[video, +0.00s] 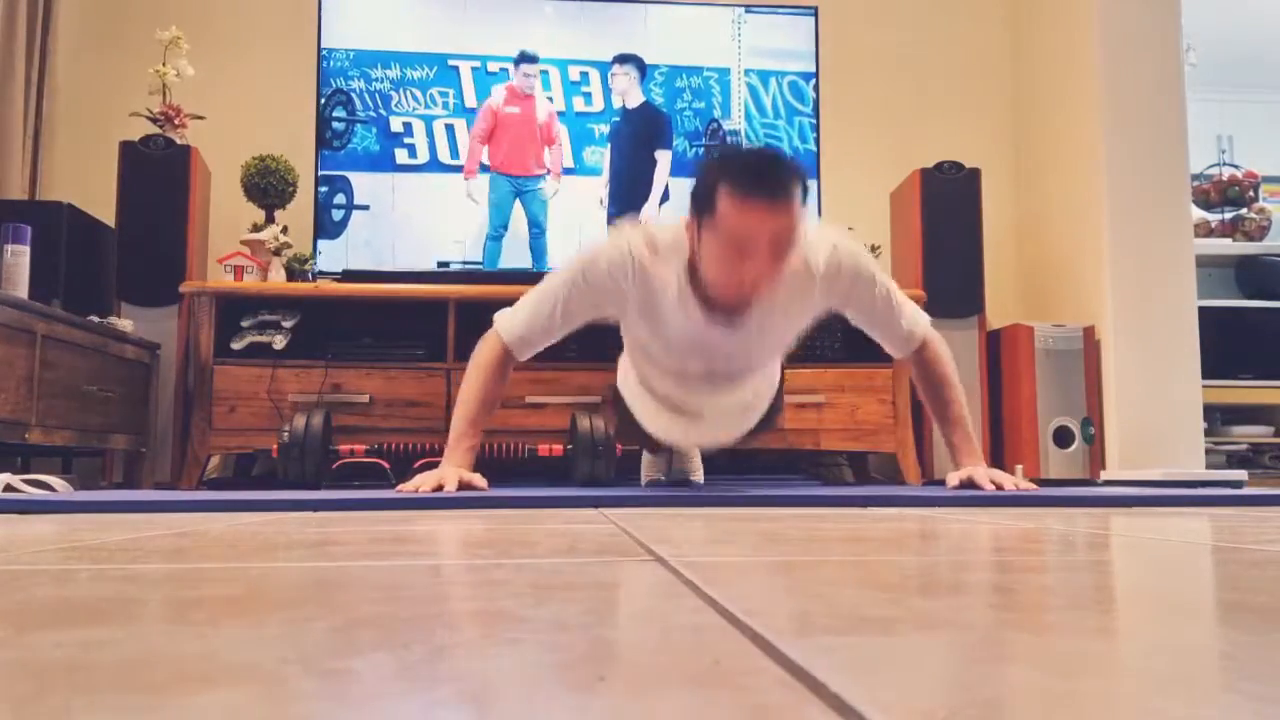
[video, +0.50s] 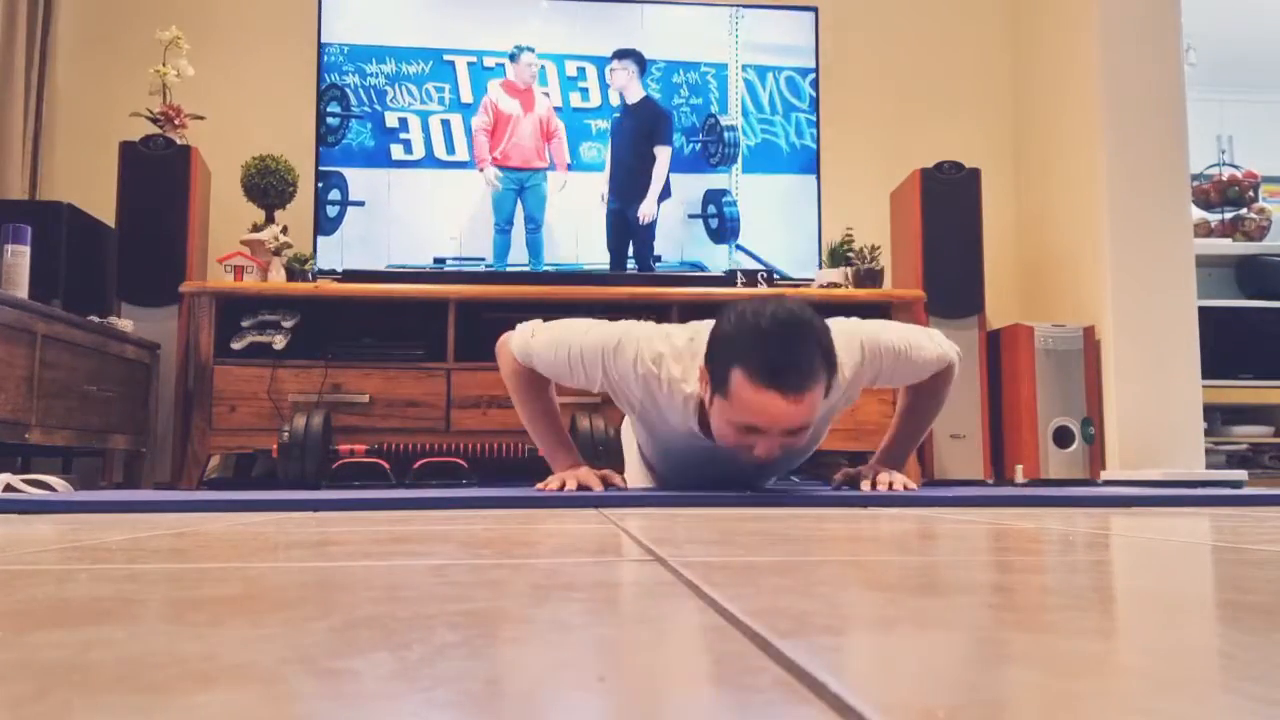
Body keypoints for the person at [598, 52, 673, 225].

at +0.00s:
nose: (610, 81)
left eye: (614, 75)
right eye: (610, 76)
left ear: (632, 77)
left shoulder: (658, 118)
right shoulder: (617, 117)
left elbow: (664, 161)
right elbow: (610, 154)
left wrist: (653, 203)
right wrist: (604, 185)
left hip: (643, 209)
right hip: (616, 206)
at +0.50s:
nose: (609, 76)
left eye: (614, 70)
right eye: (609, 71)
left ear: (631, 73)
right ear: (625, 75)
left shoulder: (659, 115)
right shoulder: (619, 115)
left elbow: (663, 160)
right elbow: (611, 154)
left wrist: (651, 199)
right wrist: (606, 184)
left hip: (642, 199)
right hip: (616, 198)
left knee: (643, 260)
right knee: (616, 259)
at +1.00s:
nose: (609, 73)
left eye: (615, 67)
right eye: (610, 67)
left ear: (631, 71)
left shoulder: (657, 115)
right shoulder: (618, 116)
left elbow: (664, 162)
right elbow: (613, 162)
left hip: (647, 202)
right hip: (619, 202)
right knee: (616, 272)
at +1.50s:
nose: (603, 73)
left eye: (606, 67)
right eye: (603, 67)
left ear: (623, 69)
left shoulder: (651, 112)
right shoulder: (611, 111)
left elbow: (653, 166)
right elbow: (603, 157)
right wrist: (599, 188)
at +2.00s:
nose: (601, 71)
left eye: (606, 66)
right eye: (600, 67)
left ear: (621, 70)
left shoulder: (646, 110)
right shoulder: (608, 112)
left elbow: (650, 155)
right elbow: (602, 151)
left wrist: (638, 195)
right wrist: (595, 179)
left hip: (630, 193)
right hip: (605, 192)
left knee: (631, 253)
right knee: (606, 253)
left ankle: (635, 299)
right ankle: (605, 297)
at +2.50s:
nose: (598, 72)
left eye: (602, 66)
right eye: (598, 66)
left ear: (619, 69)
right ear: (616, 70)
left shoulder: (645, 109)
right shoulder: (608, 109)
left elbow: (649, 153)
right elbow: (602, 148)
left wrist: (637, 193)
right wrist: (596, 179)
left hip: (629, 193)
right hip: (605, 191)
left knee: (627, 254)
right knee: (604, 253)